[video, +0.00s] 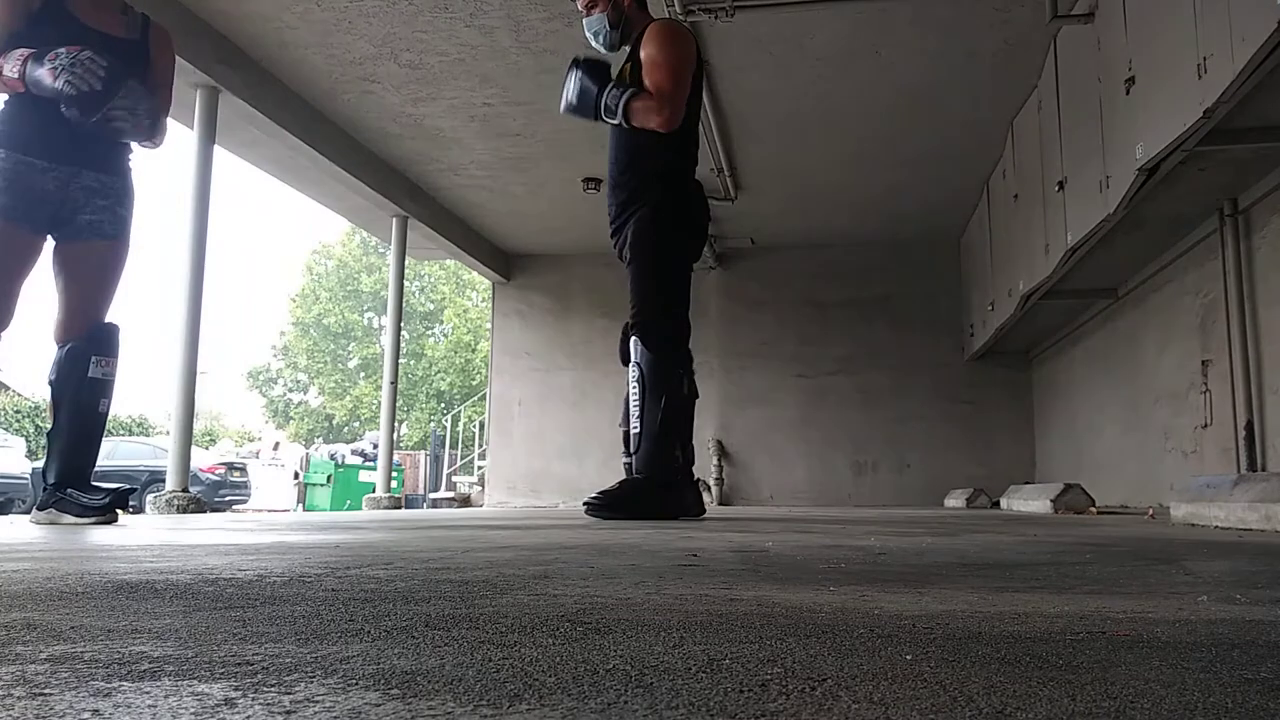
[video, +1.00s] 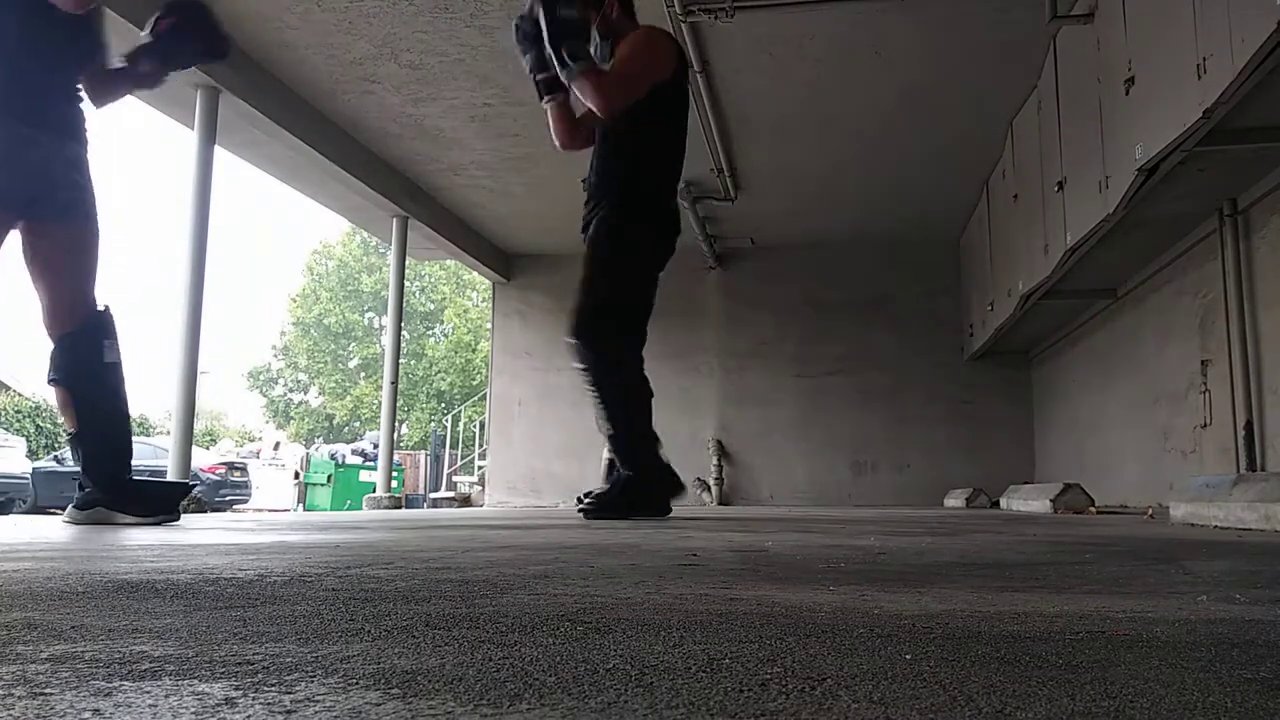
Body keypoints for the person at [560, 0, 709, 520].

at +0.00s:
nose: (588, 21)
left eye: (591, 9)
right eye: (584, 14)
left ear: (623, 1)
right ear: (616, 9)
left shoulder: (663, 35)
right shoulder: (640, 52)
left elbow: (663, 113)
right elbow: (651, 124)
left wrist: (603, 97)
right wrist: (606, 94)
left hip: (662, 214)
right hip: (646, 217)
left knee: (654, 342)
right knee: (659, 344)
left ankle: (655, 480)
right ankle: (671, 479)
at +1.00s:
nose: (584, 27)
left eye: (585, 16)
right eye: (582, 21)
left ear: (612, 7)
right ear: (604, 19)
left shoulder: (651, 43)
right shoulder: (619, 67)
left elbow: (604, 101)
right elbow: (569, 136)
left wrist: (564, 48)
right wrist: (542, 66)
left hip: (635, 220)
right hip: (615, 223)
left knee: (597, 337)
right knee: (612, 343)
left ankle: (645, 474)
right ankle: (631, 474)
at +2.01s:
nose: (540, 3)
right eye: (533, 3)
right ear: (528, 0)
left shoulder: (619, 34)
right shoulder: (511, 24)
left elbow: (635, 94)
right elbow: (427, 10)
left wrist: (574, 41)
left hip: (556, 210)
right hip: (494, 207)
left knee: (504, 325)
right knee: (447, 338)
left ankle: (518, 485)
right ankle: (519, 418)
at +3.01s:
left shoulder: (596, 29)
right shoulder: (492, 29)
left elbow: (551, 71)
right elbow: (409, 65)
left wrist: (490, 22)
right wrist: (343, 25)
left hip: (499, 205)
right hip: (440, 167)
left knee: (488, 343)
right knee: (323, 113)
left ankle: (481, 486)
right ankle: (322, 260)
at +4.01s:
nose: (423, 14)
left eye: (427, 8)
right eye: (425, 12)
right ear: (447, 8)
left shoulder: (479, 21)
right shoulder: (446, 46)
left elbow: (437, 68)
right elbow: (407, 126)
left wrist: (385, 18)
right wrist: (383, 64)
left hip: (448, 197)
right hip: (456, 206)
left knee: (334, 259)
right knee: (443, 347)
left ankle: (386, 402)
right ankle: (455, 484)